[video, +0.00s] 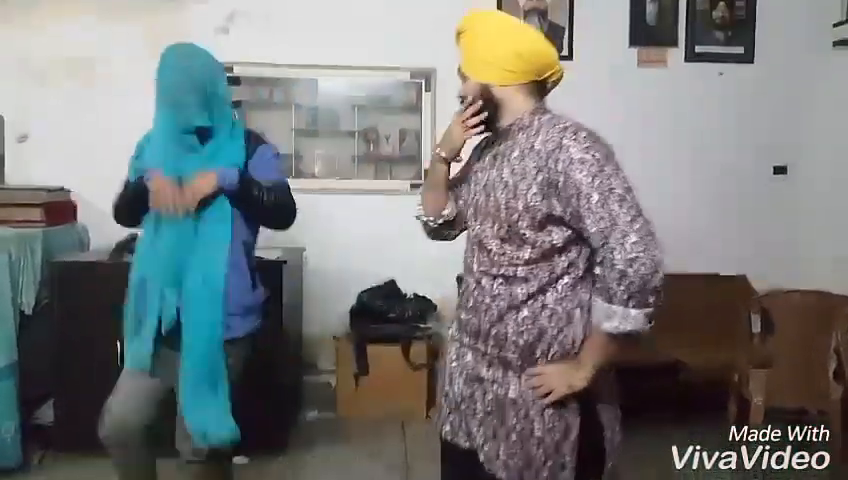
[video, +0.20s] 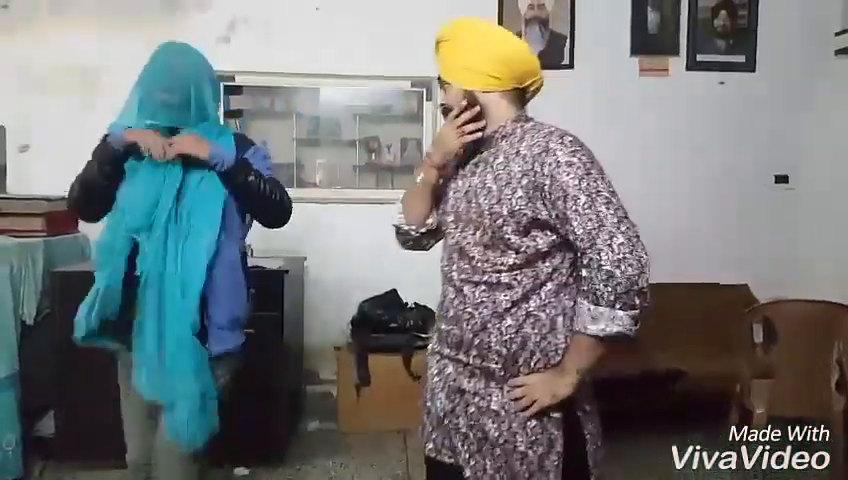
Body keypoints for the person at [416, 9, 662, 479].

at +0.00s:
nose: (459, 81)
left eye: (464, 70)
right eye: (461, 71)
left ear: (492, 72)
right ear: (509, 74)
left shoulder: (570, 147)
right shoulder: (489, 151)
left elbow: (635, 258)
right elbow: (440, 223)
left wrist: (586, 364)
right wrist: (442, 155)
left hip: (547, 389)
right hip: (473, 380)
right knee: (461, 473)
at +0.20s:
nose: (443, 95)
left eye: (445, 82)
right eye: (442, 84)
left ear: (472, 82)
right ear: (494, 81)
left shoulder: (554, 153)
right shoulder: (460, 156)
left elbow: (620, 263)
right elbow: (414, 231)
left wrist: (569, 371)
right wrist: (432, 163)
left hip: (532, 397)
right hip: (452, 386)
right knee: (446, 472)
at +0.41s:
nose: (428, 97)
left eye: (433, 84)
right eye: (429, 85)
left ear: (467, 85)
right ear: (471, 86)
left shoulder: (546, 157)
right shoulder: (444, 158)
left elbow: (621, 267)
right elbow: (396, 243)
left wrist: (566, 375)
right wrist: (421, 166)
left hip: (519, 401)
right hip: (440, 391)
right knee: (439, 471)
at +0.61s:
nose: (429, 93)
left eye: (435, 76)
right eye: (430, 79)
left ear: (470, 77)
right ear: (477, 78)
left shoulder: (548, 152)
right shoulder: (444, 155)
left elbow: (623, 269)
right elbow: (396, 242)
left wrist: (564, 375)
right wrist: (421, 161)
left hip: (524, 399)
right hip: (439, 389)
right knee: (438, 472)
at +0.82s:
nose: (434, 107)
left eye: (438, 91)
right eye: (429, 93)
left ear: (481, 78)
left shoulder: (553, 146)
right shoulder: (456, 148)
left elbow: (624, 260)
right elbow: (404, 239)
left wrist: (565, 372)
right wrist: (434, 171)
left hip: (528, 397)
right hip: (445, 386)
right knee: (441, 473)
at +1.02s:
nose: (450, 121)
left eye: (459, 108)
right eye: (442, 109)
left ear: (497, 91)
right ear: (435, 99)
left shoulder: (557, 144)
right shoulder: (451, 142)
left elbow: (633, 254)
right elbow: (409, 233)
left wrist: (574, 365)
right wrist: (446, 176)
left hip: (538, 390)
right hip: (454, 378)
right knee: (448, 470)